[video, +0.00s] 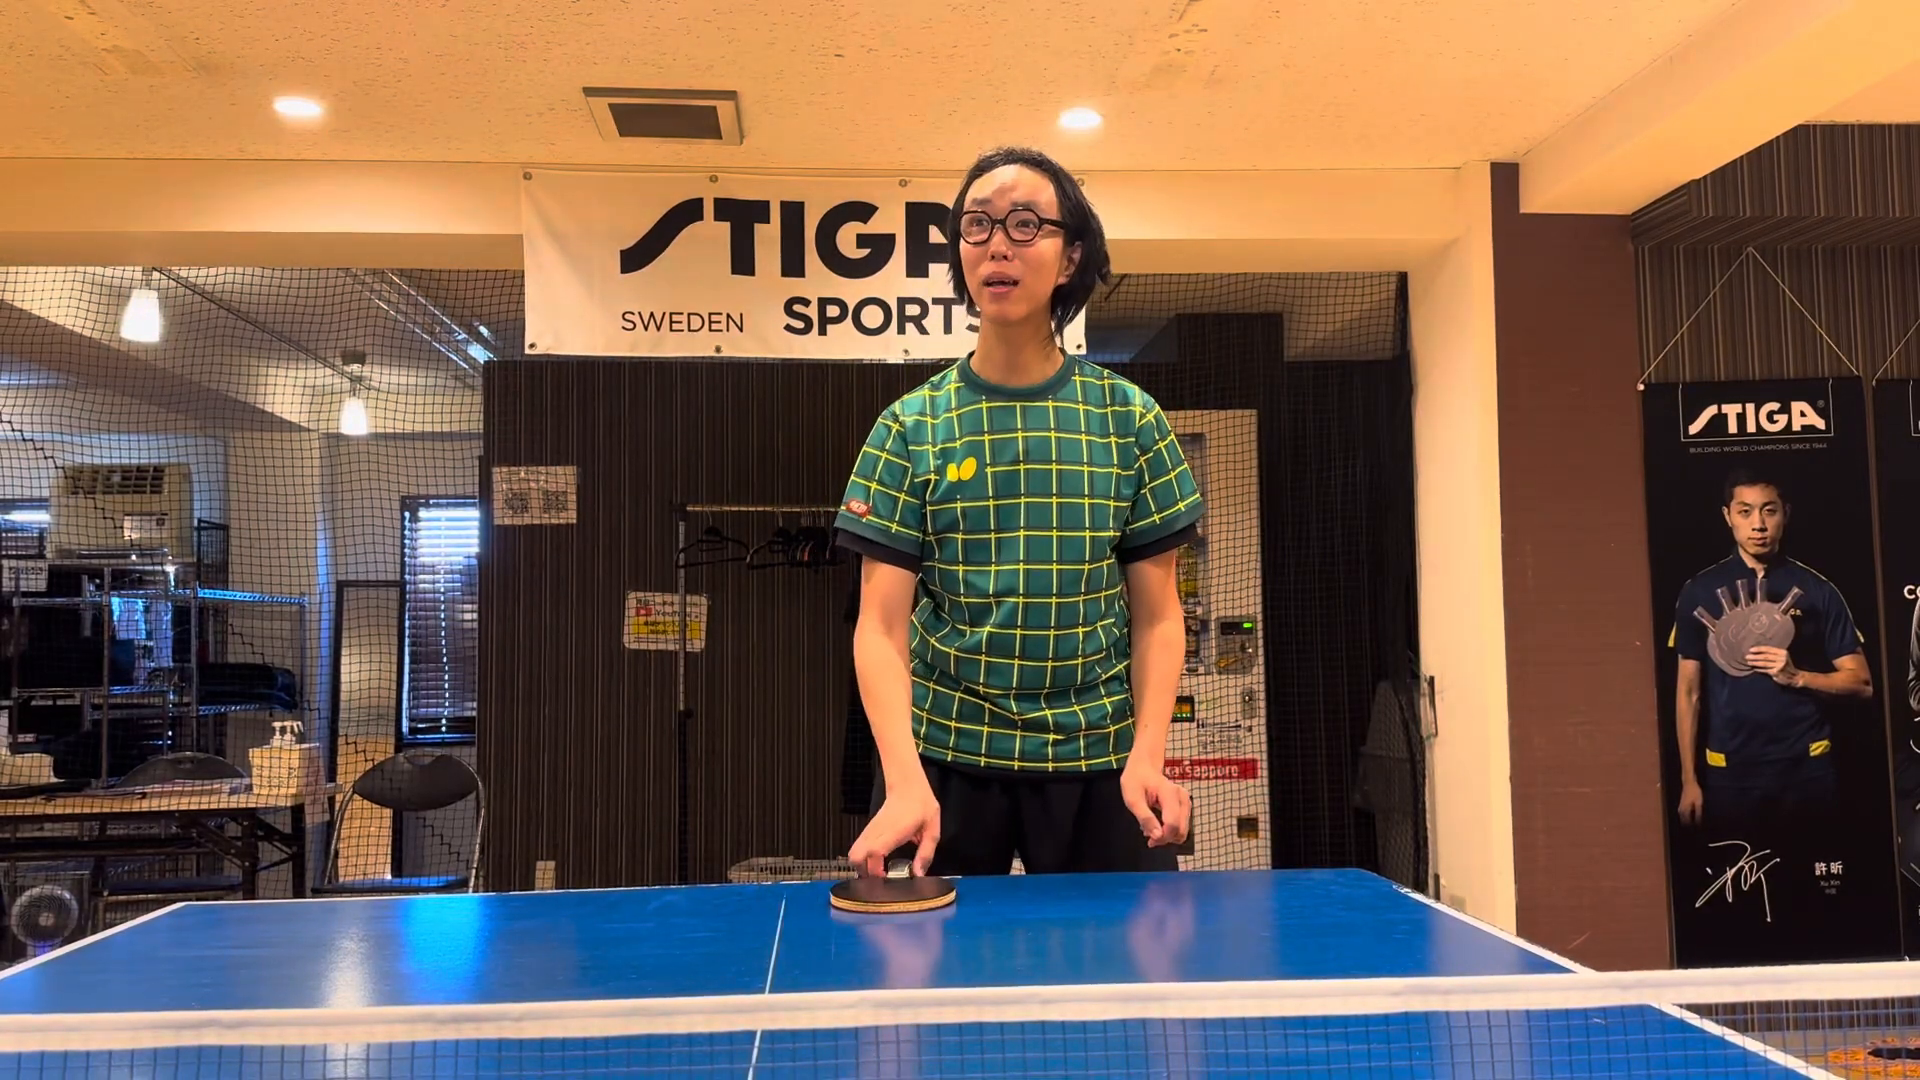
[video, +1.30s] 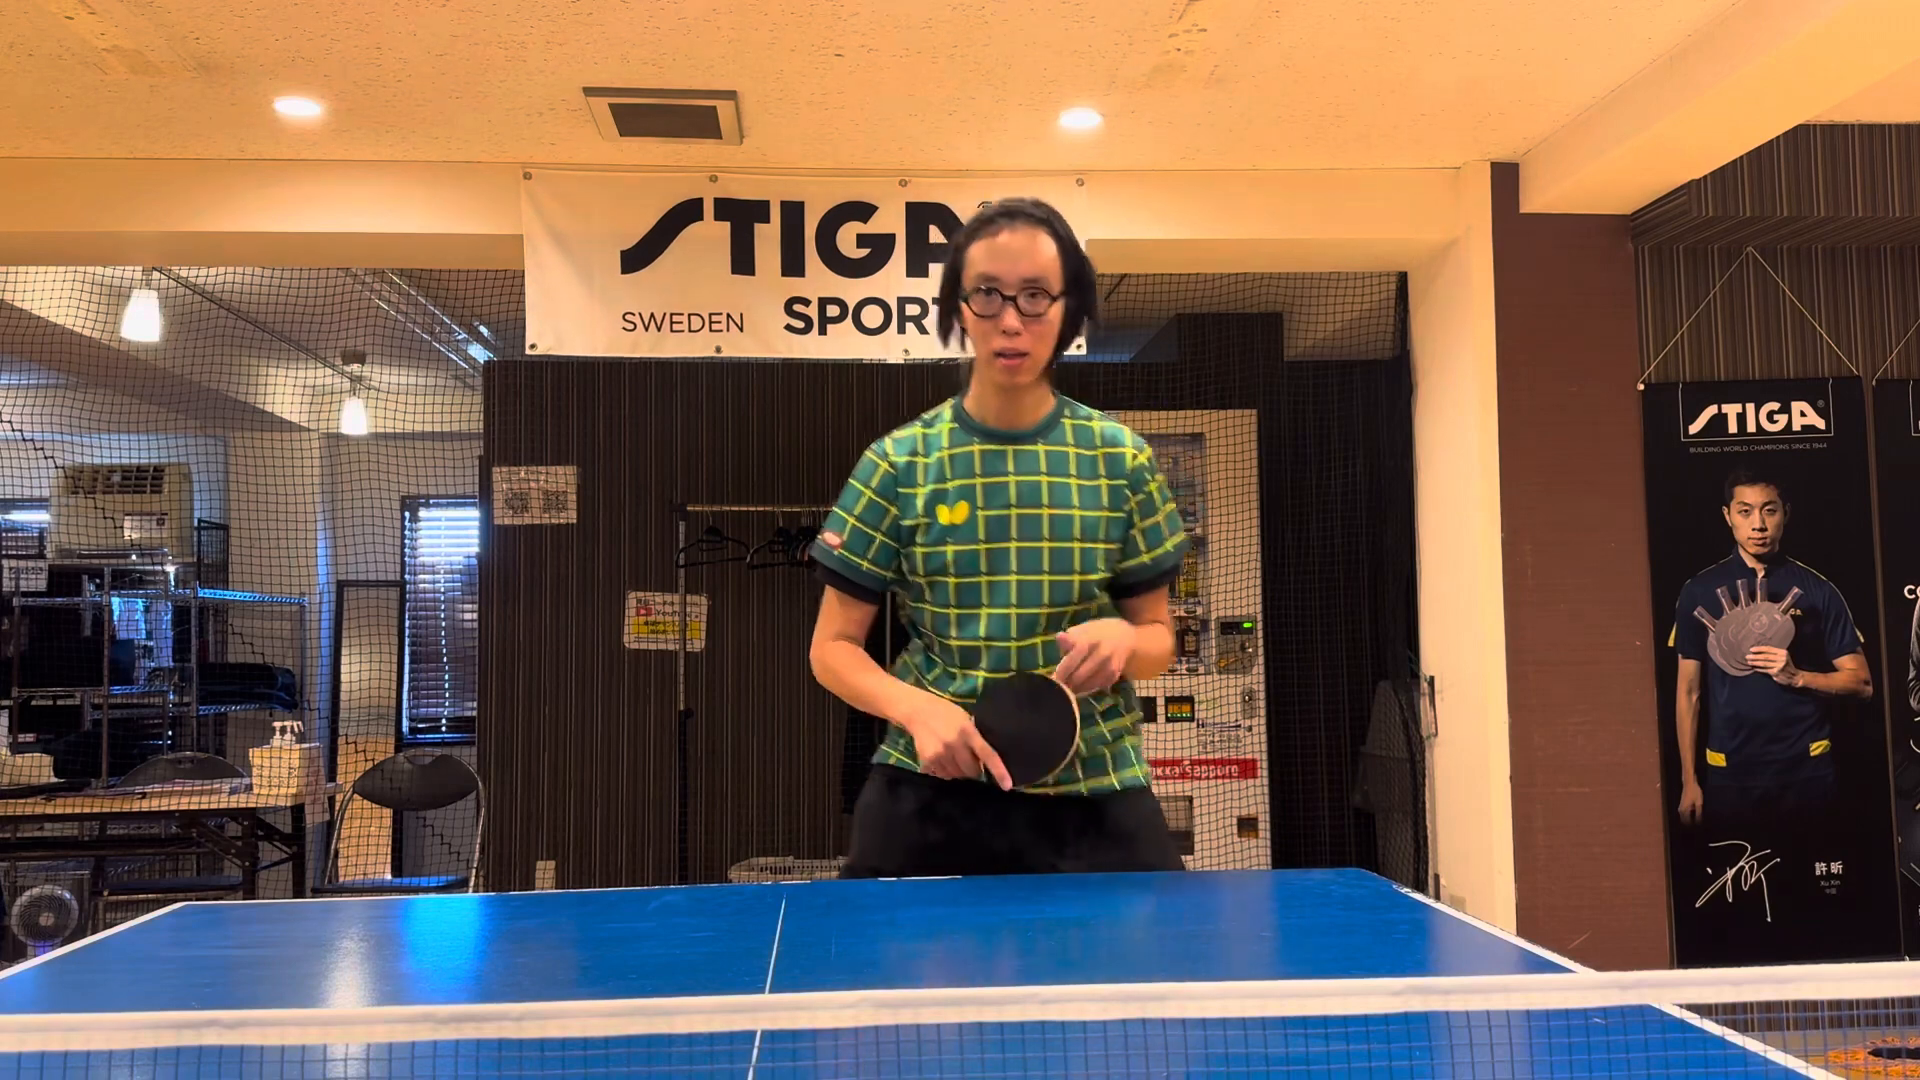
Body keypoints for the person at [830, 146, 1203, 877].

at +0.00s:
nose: (999, 245)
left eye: (1026, 225)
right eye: (979, 225)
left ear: (1070, 258)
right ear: (958, 253)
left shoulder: (1129, 419)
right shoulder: (913, 426)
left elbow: (1158, 615)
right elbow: (881, 628)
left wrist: (1147, 758)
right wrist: (903, 781)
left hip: (1100, 779)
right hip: (947, 779)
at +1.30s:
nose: (1010, 318)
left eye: (1034, 295)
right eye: (988, 294)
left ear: (1069, 310)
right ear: (960, 311)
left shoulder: (1120, 459)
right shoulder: (900, 464)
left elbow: (1158, 639)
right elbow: (831, 648)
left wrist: (1124, 641)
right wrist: (916, 708)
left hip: (1097, 800)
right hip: (929, 801)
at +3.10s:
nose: (1017, 383)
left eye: (1041, 361)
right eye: (996, 361)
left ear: (1076, 379)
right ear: (972, 380)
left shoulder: (1142, 504)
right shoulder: (925, 519)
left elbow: (1196, 695)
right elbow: (870, 731)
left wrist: (1217, 866)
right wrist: (919, 674)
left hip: (1124, 795)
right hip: (964, 794)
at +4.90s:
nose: (1112, 402)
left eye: (1137, 379)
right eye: (1089, 377)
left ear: (1167, 394)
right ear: (1062, 389)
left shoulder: (1215, 521)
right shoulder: (998, 521)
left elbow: (1253, 712)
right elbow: (899, 696)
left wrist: (1267, 873)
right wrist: (939, 702)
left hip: (1169, 802)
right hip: (1011, 802)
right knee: (912, 941)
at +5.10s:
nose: (1140, 409)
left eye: (1165, 384)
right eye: (1116, 381)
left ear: (1192, 395)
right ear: (1084, 389)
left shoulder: (1231, 523)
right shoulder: (1014, 515)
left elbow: (1256, 715)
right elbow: (921, 701)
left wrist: (1270, 878)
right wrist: (1021, 704)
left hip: (1177, 805)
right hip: (1016, 799)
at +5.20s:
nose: (1146, 408)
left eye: (1171, 384)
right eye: (1123, 380)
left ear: (1197, 396)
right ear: (1089, 387)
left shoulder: (1234, 520)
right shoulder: (1024, 515)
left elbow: (1258, 714)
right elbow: (959, 711)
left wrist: (1272, 874)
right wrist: (1047, 692)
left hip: (1180, 801)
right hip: (1019, 796)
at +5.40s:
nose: (1143, 387)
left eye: (1168, 366)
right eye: (1122, 362)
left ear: (1196, 387)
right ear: (1092, 377)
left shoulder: (1237, 520)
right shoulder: (1019, 512)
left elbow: (1263, 711)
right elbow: (940, 718)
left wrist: (1276, 867)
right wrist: (974, 670)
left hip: (1180, 801)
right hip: (1019, 795)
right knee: (921, 949)